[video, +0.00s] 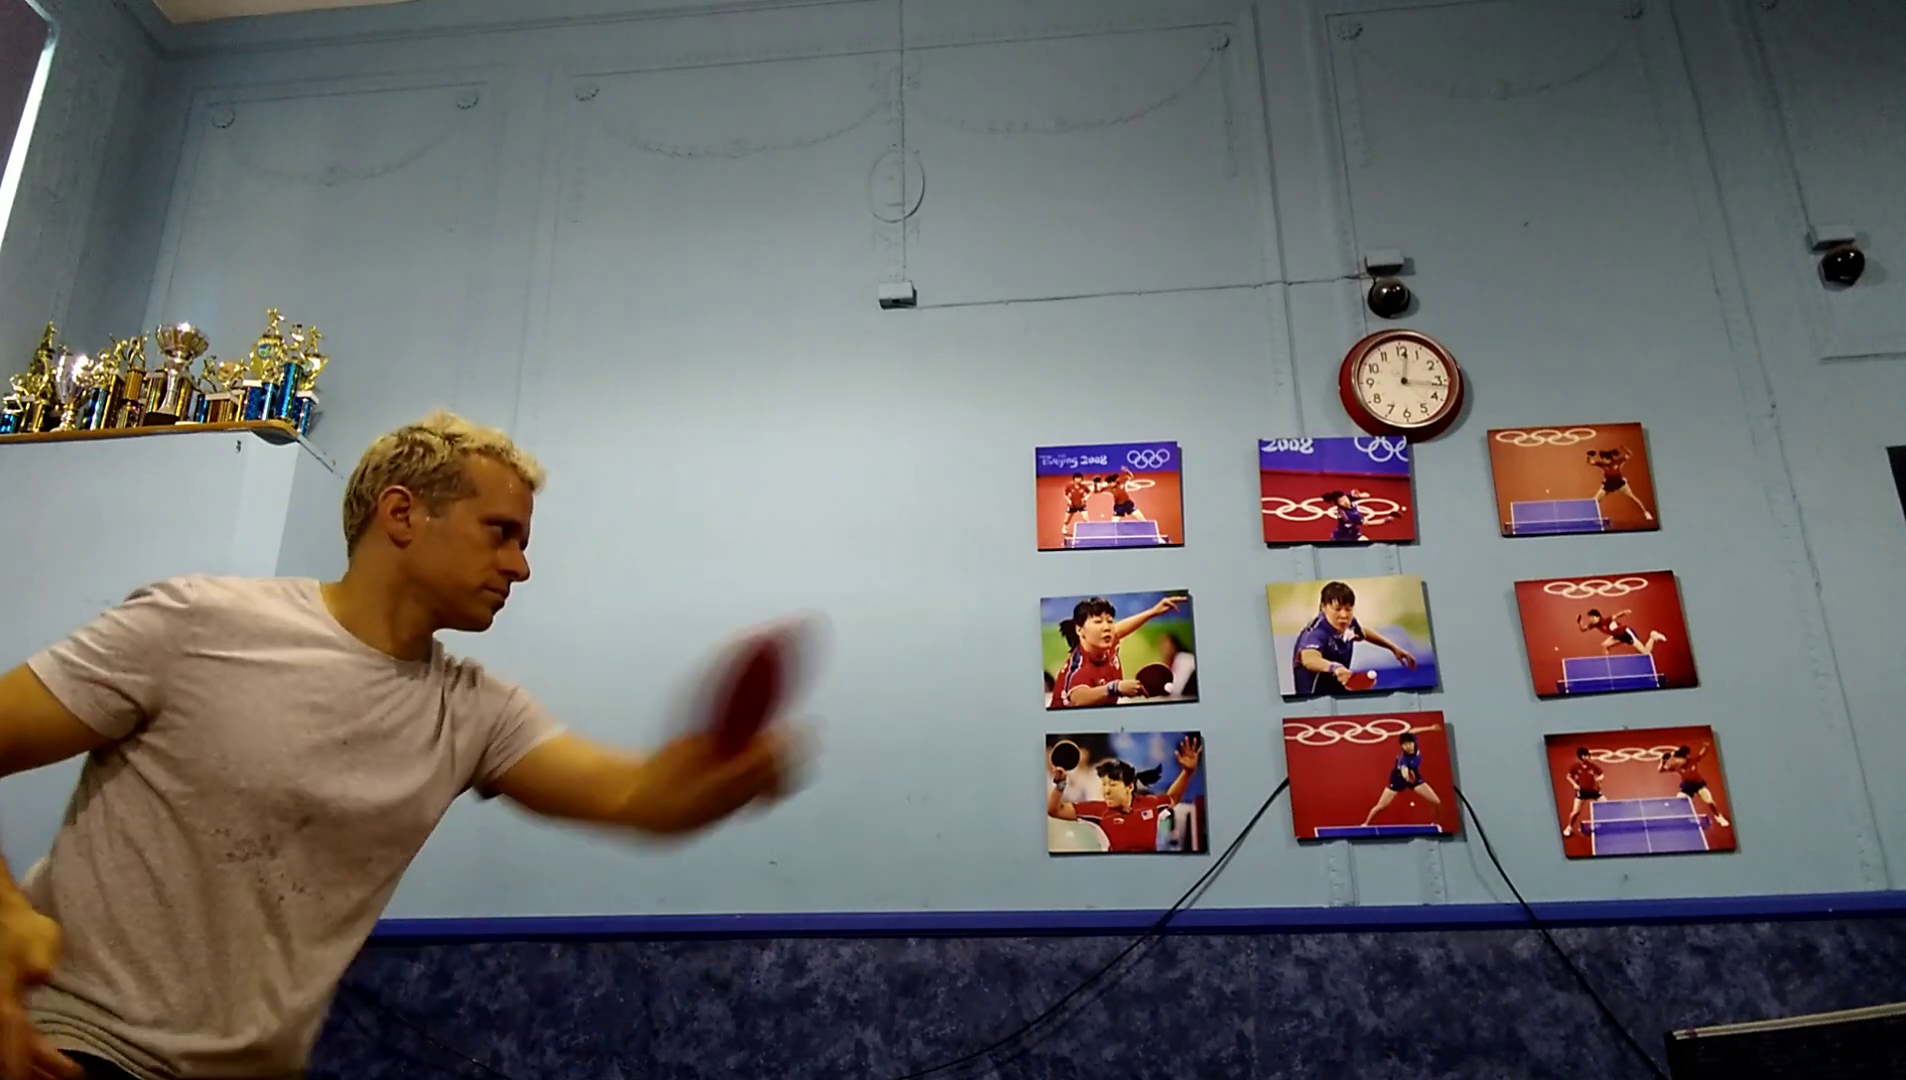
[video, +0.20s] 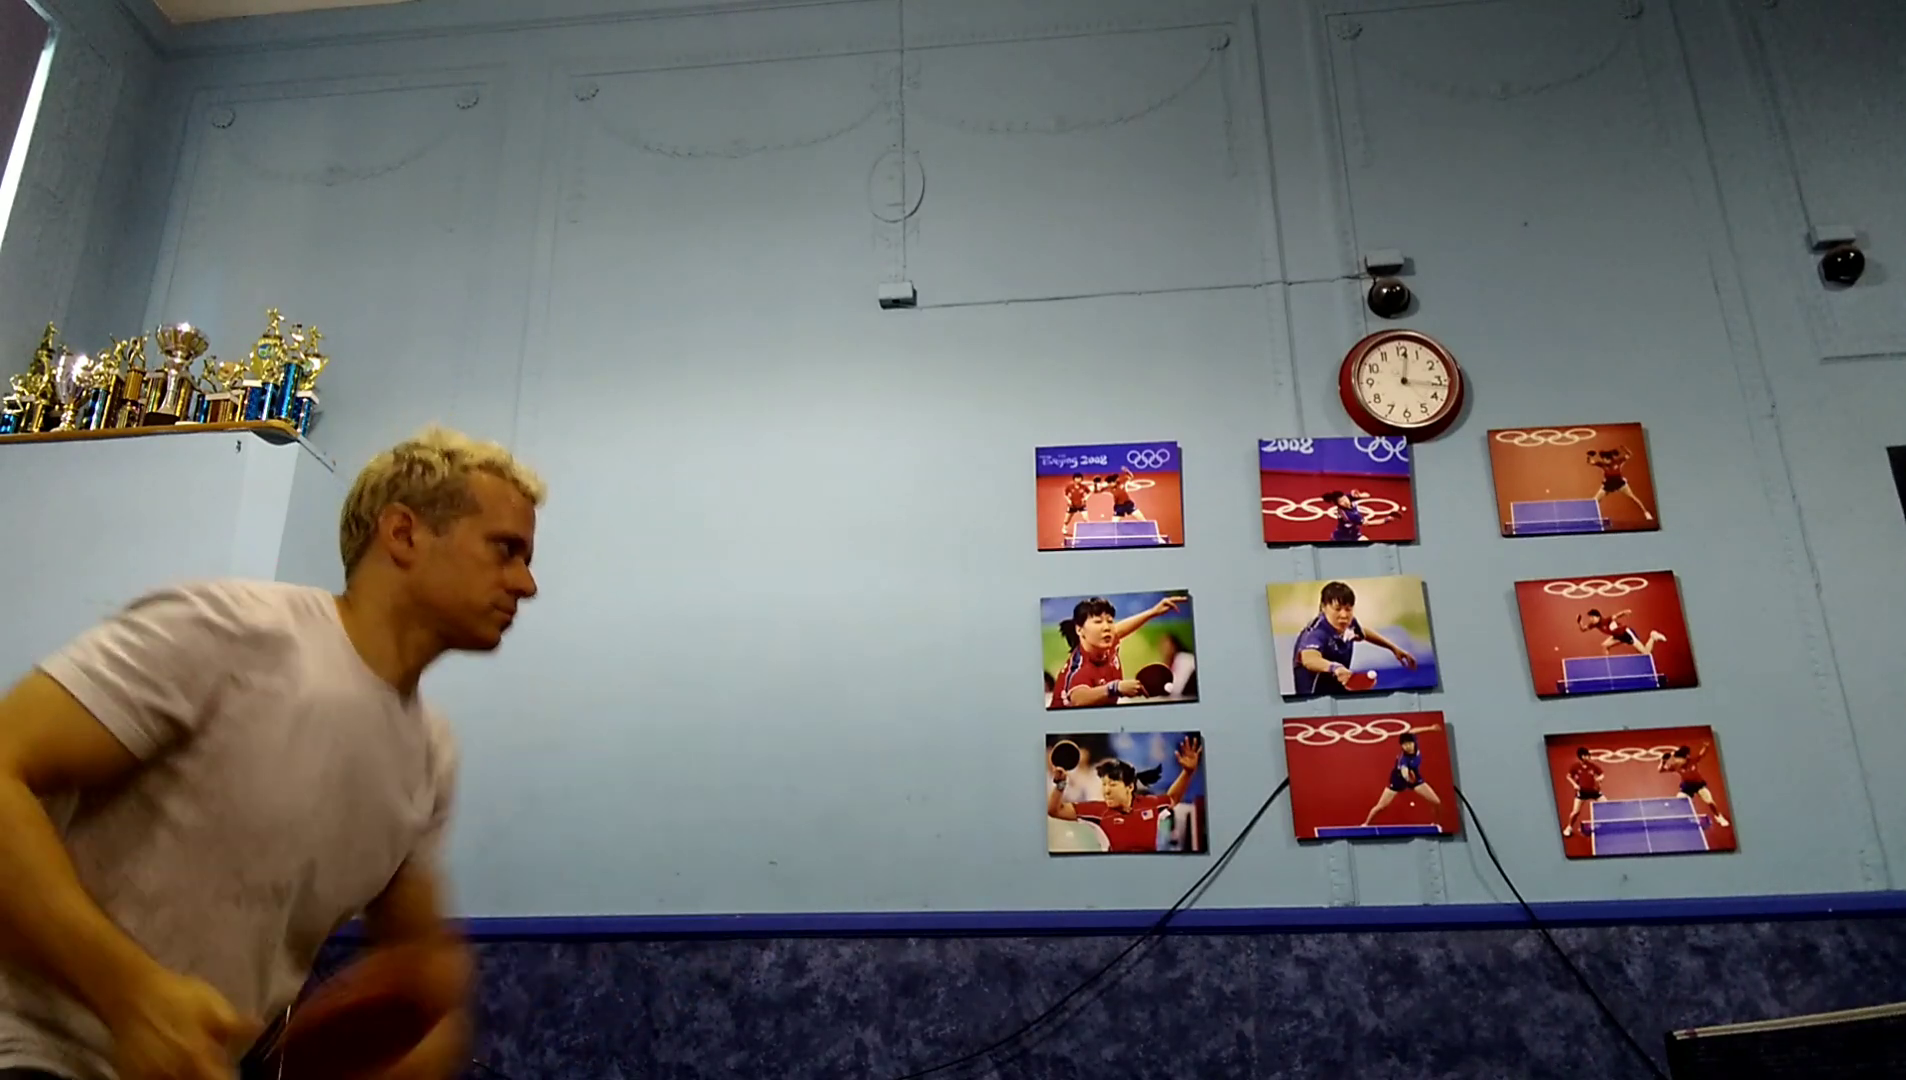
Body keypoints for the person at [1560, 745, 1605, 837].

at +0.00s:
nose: (1587, 757)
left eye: (1588, 755)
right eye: (1585, 755)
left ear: (1589, 756)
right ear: (1581, 757)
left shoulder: (1592, 766)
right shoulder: (1576, 767)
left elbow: (1602, 774)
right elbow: (1568, 776)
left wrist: (1598, 779)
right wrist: (1574, 785)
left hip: (1594, 791)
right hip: (1582, 791)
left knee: (1606, 805)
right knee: (1576, 812)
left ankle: (1606, 826)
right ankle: (1569, 827)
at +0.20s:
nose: (1587, 758)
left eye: (1588, 755)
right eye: (1585, 755)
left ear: (1589, 756)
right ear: (1581, 757)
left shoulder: (1592, 766)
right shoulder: (1576, 766)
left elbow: (1602, 774)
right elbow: (1568, 776)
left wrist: (1598, 779)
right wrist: (1574, 785)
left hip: (1594, 791)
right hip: (1582, 791)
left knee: (1606, 806)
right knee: (1576, 812)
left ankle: (1606, 826)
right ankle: (1569, 827)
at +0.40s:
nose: (1587, 758)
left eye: (1588, 755)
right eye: (1585, 756)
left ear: (1589, 756)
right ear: (1581, 757)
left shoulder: (1592, 766)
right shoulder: (1576, 766)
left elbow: (1602, 774)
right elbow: (1569, 776)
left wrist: (1598, 779)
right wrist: (1574, 785)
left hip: (1594, 791)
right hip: (1582, 791)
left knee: (1606, 805)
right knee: (1576, 812)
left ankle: (1606, 826)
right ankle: (1569, 827)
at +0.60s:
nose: (1587, 758)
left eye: (1588, 755)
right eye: (1585, 756)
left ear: (1589, 756)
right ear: (1581, 757)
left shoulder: (1592, 766)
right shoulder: (1576, 767)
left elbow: (1602, 774)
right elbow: (1568, 776)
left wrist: (1598, 779)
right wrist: (1574, 785)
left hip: (1594, 791)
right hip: (1582, 791)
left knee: (1606, 806)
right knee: (1576, 812)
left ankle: (1607, 826)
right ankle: (1569, 827)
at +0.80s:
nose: (1587, 758)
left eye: (1588, 755)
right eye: (1585, 756)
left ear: (1589, 756)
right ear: (1581, 757)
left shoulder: (1592, 766)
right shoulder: (1576, 767)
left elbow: (1602, 774)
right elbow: (1568, 776)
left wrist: (1598, 779)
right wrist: (1574, 785)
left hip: (1594, 791)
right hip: (1582, 791)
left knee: (1606, 806)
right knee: (1576, 812)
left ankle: (1607, 826)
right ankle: (1569, 827)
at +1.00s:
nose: (1587, 758)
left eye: (1588, 755)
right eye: (1585, 756)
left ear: (1589, 756)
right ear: (1581, 757)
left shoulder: (1592, 766)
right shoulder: (1576, 766)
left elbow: (1602, 774)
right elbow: (1568, 776)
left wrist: (1598, 779)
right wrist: (1574, 785)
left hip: (1594, 791)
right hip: (1582, 791)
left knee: (1606, 806)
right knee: (1576, 812)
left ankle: (1607, 826)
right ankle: (1569, 827)